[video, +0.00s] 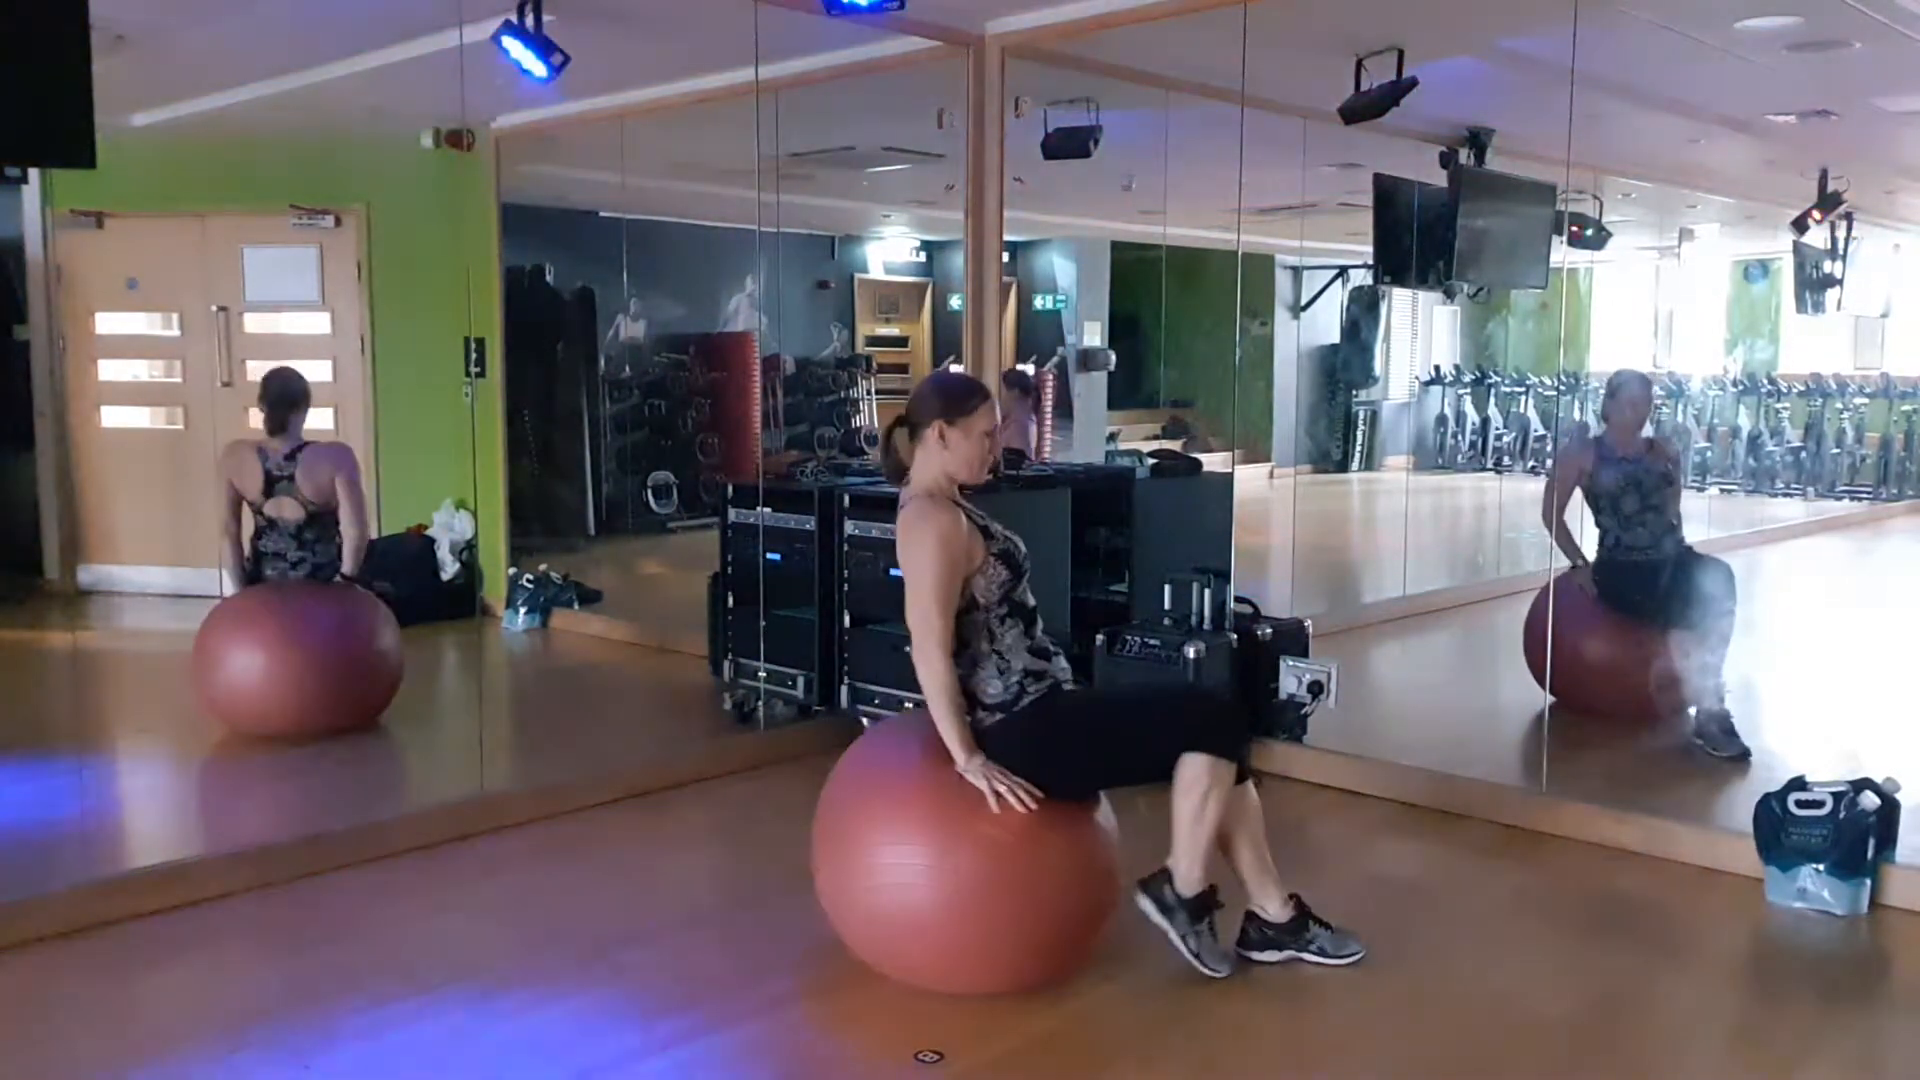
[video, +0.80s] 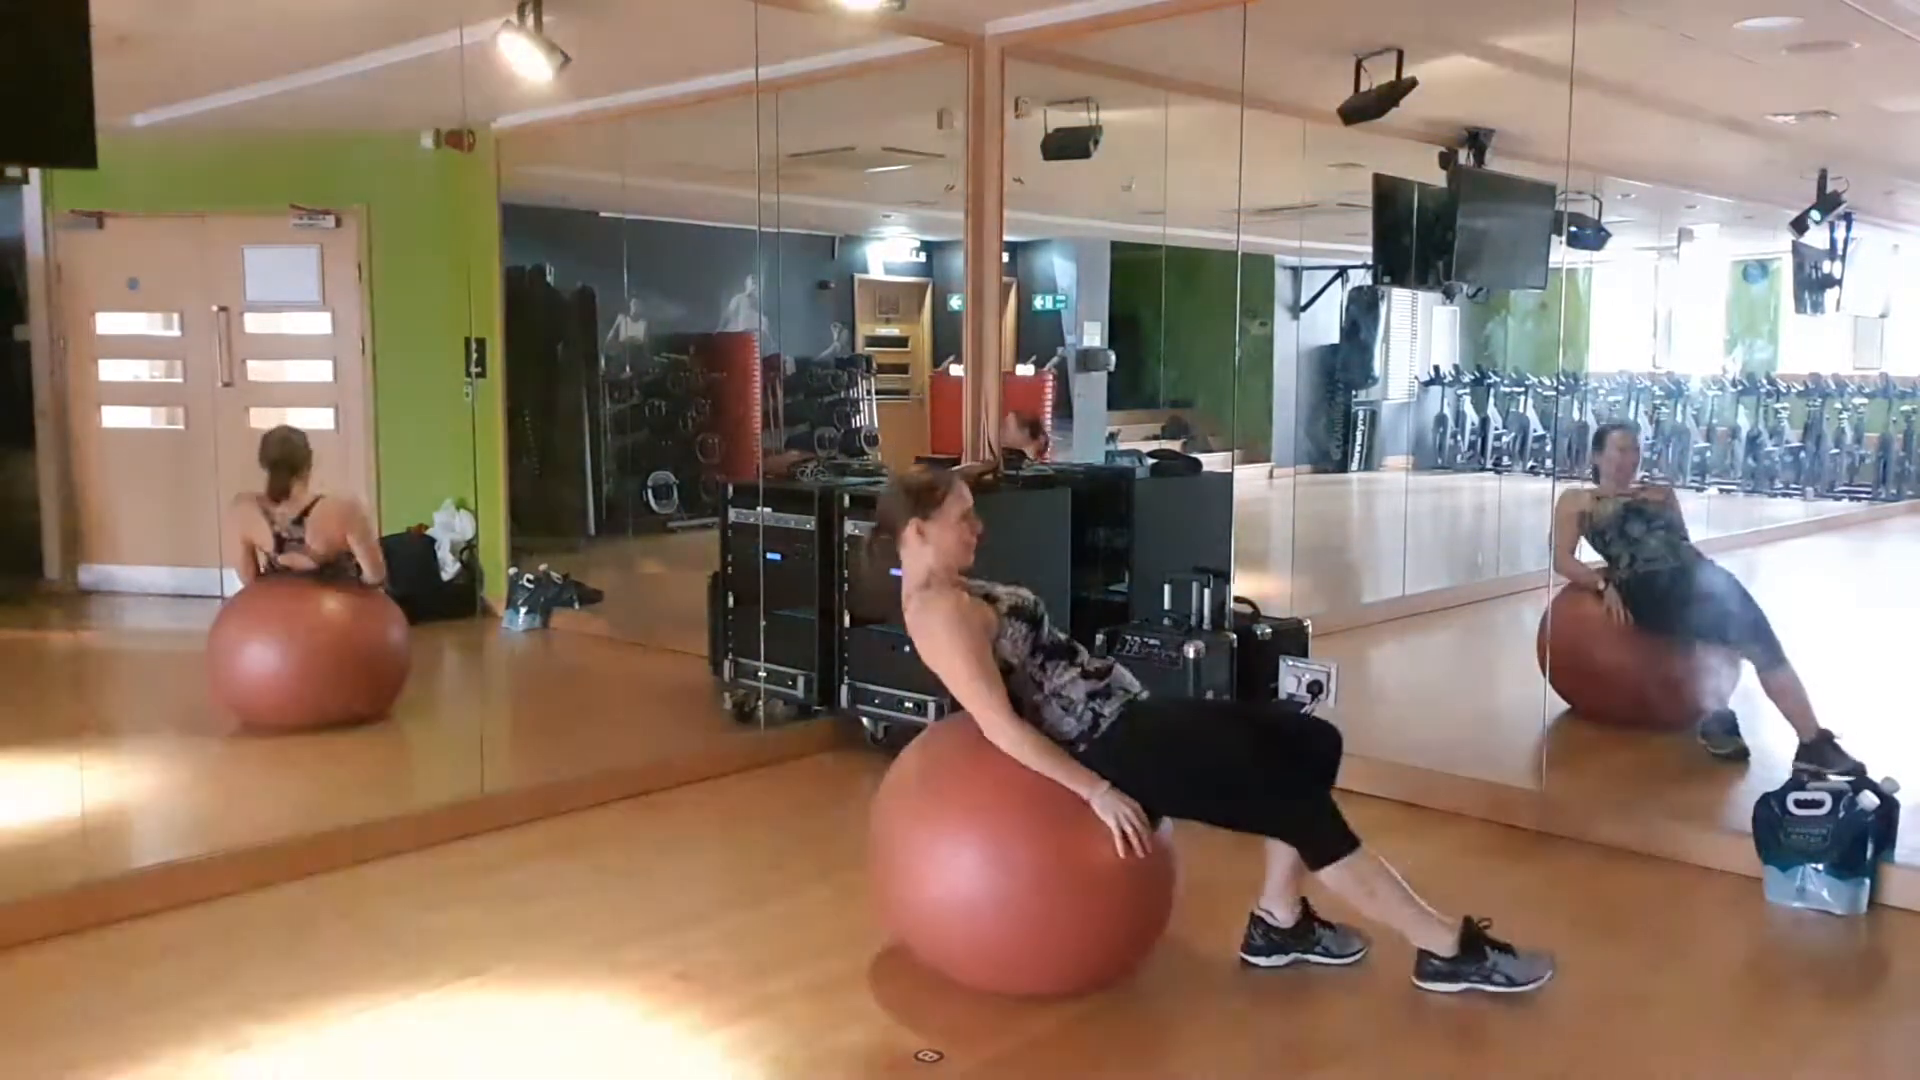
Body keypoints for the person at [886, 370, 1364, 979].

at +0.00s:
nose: (996, 448)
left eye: (995, 435)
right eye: (985, 435)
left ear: (945, 437)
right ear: (938, 435)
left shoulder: (947, 511)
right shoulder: (932, 522)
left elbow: (964, 634)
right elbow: (930, 649)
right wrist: (966, 755)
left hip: (1044, 711)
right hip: (1020, 730)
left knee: (1218, 740)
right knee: (1209, 719)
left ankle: (1273, 915)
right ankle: (1184, 888)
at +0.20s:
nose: (992, 463)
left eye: (991, 451)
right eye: (979, 453)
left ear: (936, 458)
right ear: (931, 457)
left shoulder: (947, 526)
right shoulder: (937, 539)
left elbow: (975, 650)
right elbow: (950, 668)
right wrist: (997, 770)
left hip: (1059, 715)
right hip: (1046, 730)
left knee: (1237, 716)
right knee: (1241, 719)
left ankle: (1270, 915)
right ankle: (1279, 905)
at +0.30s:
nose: (988, 475)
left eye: (990, 462)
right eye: (979, 462)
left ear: (929, 463)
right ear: (932, 462)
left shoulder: (948, 532)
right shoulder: (938, 545)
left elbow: (989, 654)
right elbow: (958, 668)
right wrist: (1018, 772)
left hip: (1074, 717)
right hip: (1060, 733)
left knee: (1245, 729)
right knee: (1259, 724)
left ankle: (1274, 921)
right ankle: (1358, 895)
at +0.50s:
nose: (988, 492)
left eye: (989, 477)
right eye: (979, 478)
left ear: (937, 480)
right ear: (934, 479)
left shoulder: (949, 550)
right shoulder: (945, 562)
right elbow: (980, 685)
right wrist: (1054, 778)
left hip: (1096, 715)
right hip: (1085, 735)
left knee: (1268, 733)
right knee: (1277, 747)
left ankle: (1276, 919)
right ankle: (1430, 897)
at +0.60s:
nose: (987, 501)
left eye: (986, 487)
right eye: (976, 488)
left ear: (936, 495)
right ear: (933, 493)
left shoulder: (954, 562)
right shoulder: (945, 574)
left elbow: (1019, 668)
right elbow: (987, 696)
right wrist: (1068, 782)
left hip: (1105, 717)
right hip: (1090, 739)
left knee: (1281, 733)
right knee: (1286, 758)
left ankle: (1276, 921)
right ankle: (1438, 911)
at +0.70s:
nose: (982, 516)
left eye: (981, 503)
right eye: (970, 504)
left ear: (934, 511)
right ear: (927, 510)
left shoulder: (957, 577)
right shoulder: (941, 591)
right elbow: (998, 713)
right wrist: (1080, 786)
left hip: (1120, 716)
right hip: (1099, 742)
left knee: (1300, 736)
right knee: (1288, 786)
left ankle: (1277, 925)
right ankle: (1441, 933)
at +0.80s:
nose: (977, 530)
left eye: (973, 517)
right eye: (964, 519)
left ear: (931, 532)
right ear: (920, 532)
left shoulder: (957, 593)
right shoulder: (941, 609)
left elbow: (1029, 686)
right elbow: (1004, 725)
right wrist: (1092, 786)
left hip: (1126, 716)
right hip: (1104, 745)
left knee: (1311, 741)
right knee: (1293, 798)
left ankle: (1280, 921)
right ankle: (1446, 947)